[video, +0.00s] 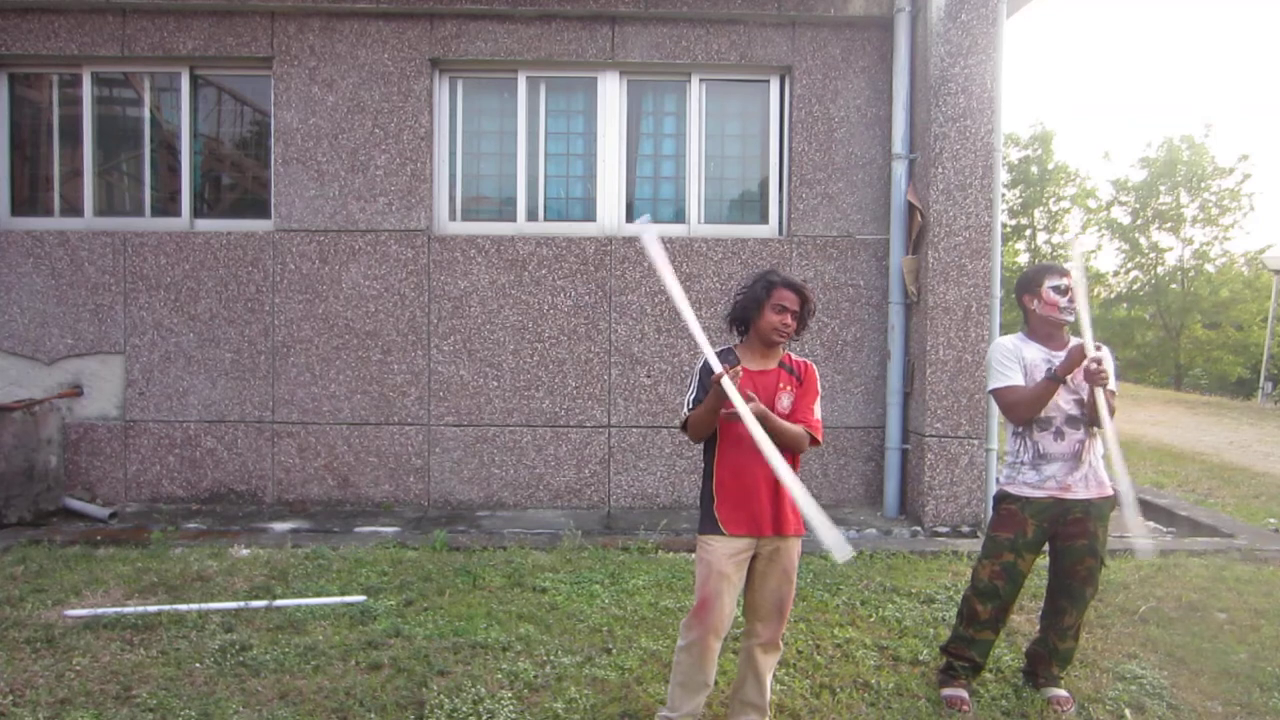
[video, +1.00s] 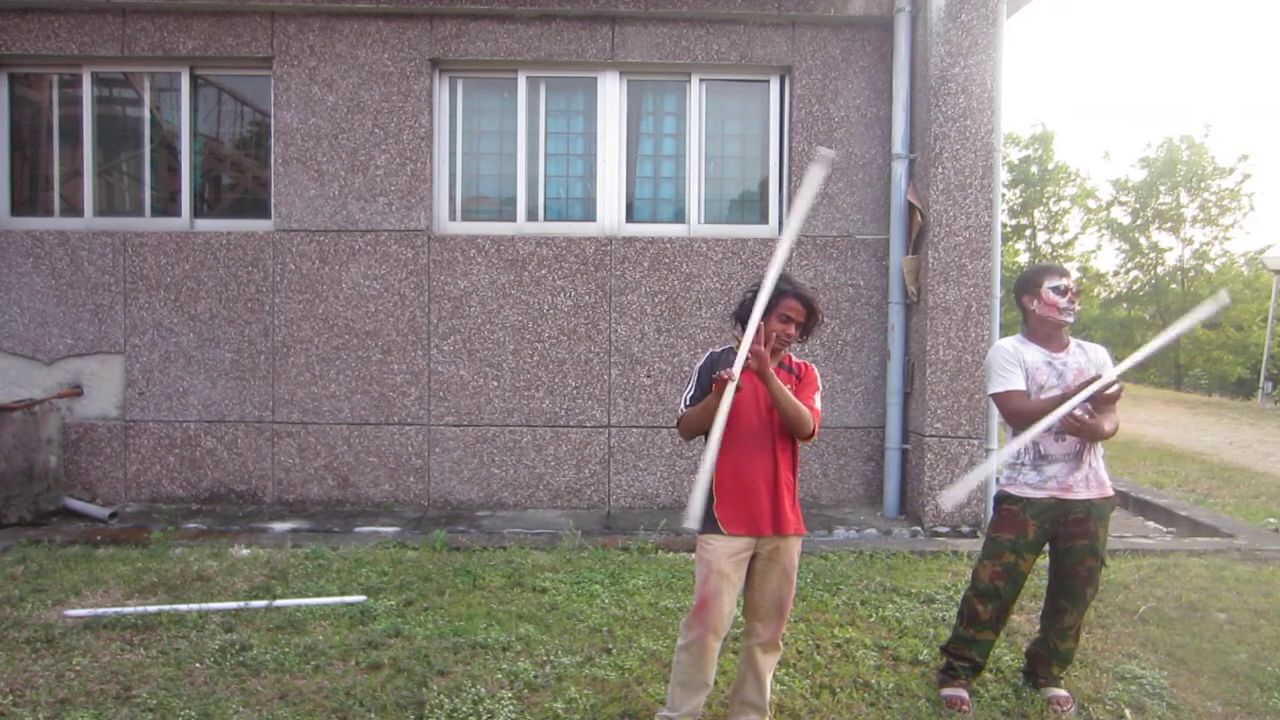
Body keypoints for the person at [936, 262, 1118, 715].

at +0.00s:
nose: (1067, 297)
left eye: (1071, 291)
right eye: (1057, 290)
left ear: (1076, 302)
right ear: (1028, 300)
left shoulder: (1091, 353)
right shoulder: (1006, 349)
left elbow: (1104, 419)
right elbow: (1017, 411)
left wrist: (1097, 385)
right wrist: (1063, 370)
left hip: (1086, 494)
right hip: (1026, 492)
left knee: (1074, 593)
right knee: (992, 584)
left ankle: (1045, 671)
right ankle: (957, 674)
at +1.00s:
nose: (1071, 298)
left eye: (1074, 292)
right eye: (1059, 290)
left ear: (1076, 303)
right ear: (1028, 301)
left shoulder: (1095, 355)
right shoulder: (1006, 352)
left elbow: (1110, 417)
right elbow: (1016, 415)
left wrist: (1098, 430)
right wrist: (1075, 395)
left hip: (1087, 496)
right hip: (1025, 494)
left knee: (1075, 593)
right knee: (992, 584)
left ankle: (1044, 671)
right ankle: (957, 674)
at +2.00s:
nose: (1069, 299)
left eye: (1071, 293)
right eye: (1057, 291)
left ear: (1073, 304)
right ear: (1027, 301)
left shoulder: (1096, 356)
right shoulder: (1005, 355)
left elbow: (1105, 424)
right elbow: (1017, 421)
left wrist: (1116, 407)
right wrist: (1065, 401)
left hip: (1088, 497)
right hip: (1027, 496)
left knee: (1075, 595)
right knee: (993, 585)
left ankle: (1045, 672)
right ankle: (957, 674)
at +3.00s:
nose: (1071, 298)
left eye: (1073, 292)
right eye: (1058, 291)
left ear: (1076, 304)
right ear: (1028, 302)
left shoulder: (1096, 355)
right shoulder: (1005, 355)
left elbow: (1109, 422)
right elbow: (1015, 420)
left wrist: (1091, 403)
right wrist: (1062, 390)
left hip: (1087, 497)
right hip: (1027, 496)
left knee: (1077, 592)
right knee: (994, 585)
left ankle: (1045, 670)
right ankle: (957, 674)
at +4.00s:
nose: (1058, 299)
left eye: (1067, 293)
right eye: (1046, 291)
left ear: (1076, 304)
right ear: (1023, 303)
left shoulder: (1094, 357)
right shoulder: (1006, 356)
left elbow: (1111, 421)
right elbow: (1016, 422)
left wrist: (1098, 375)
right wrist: (1068, 394)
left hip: (1089, 497)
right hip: (1029, 496)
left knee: (1077, 595)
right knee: (994, 586)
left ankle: (1045, 672)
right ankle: (957, 674)